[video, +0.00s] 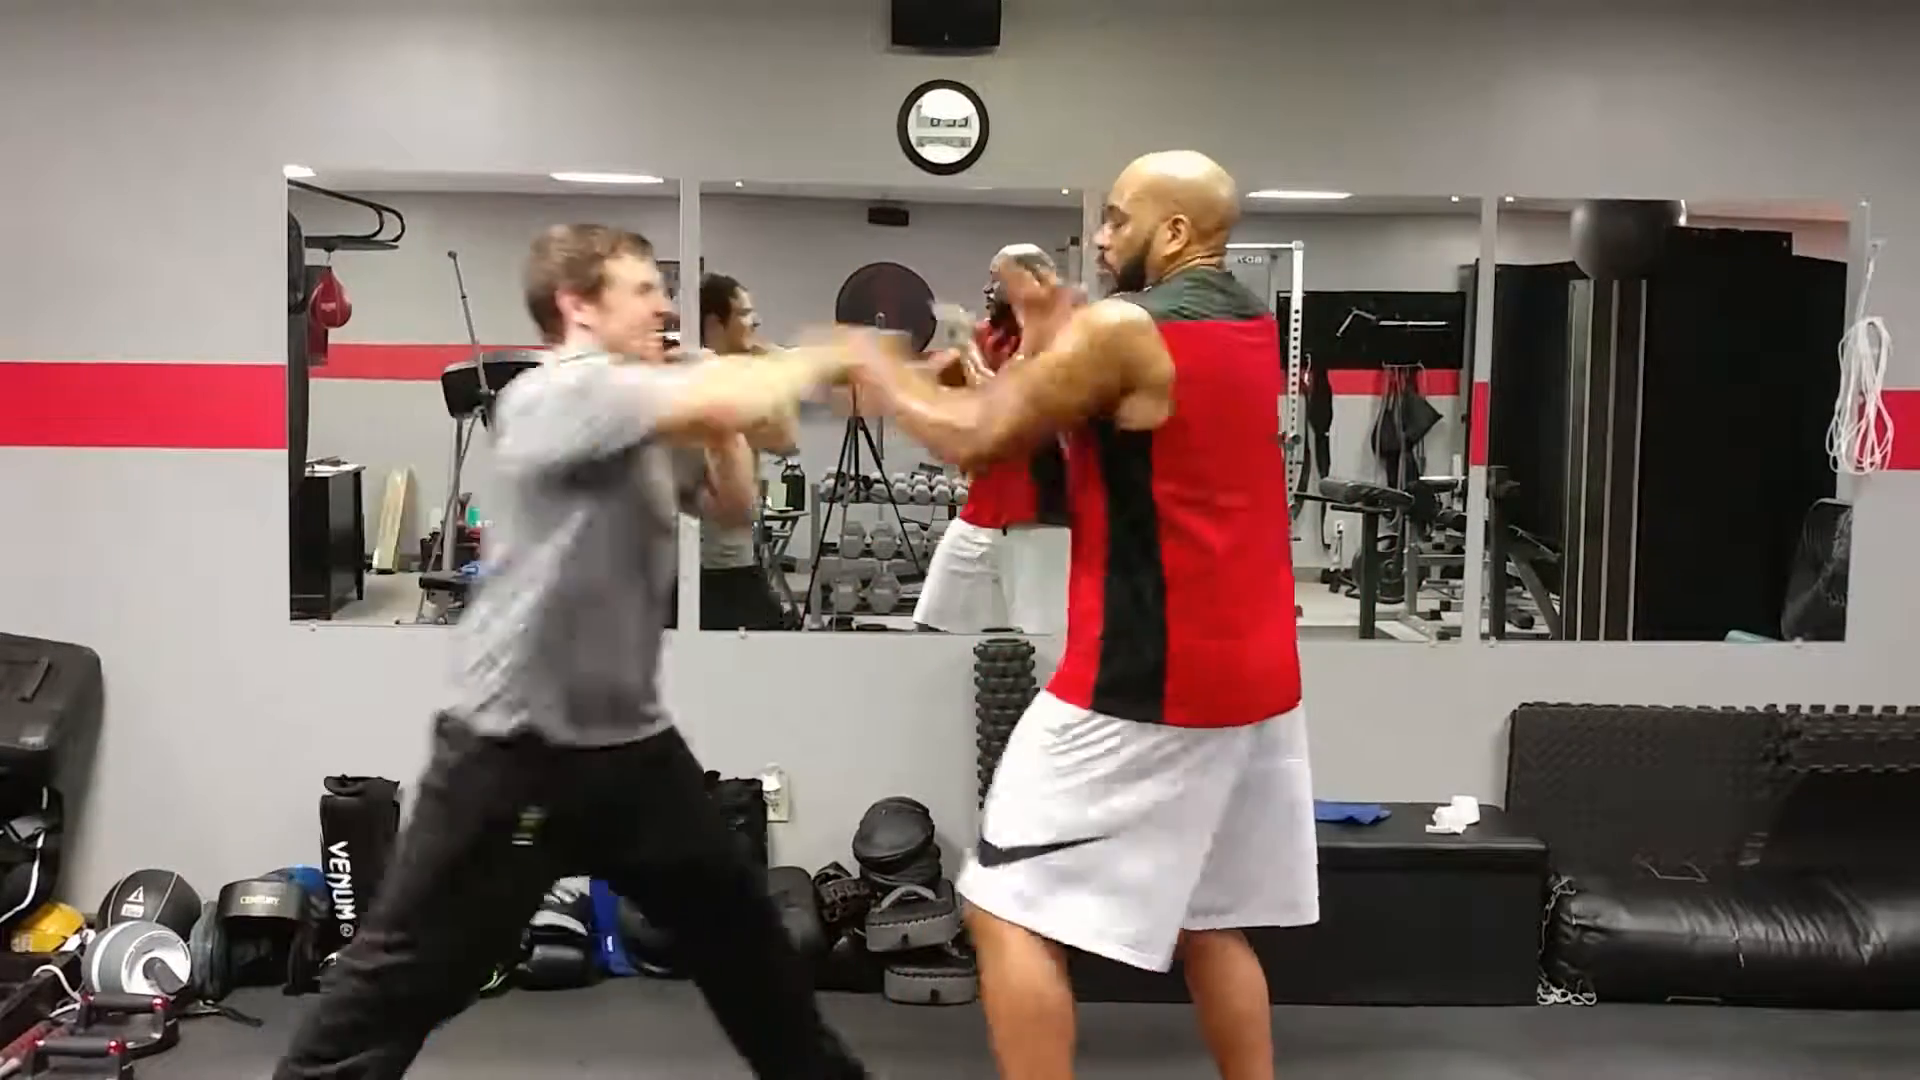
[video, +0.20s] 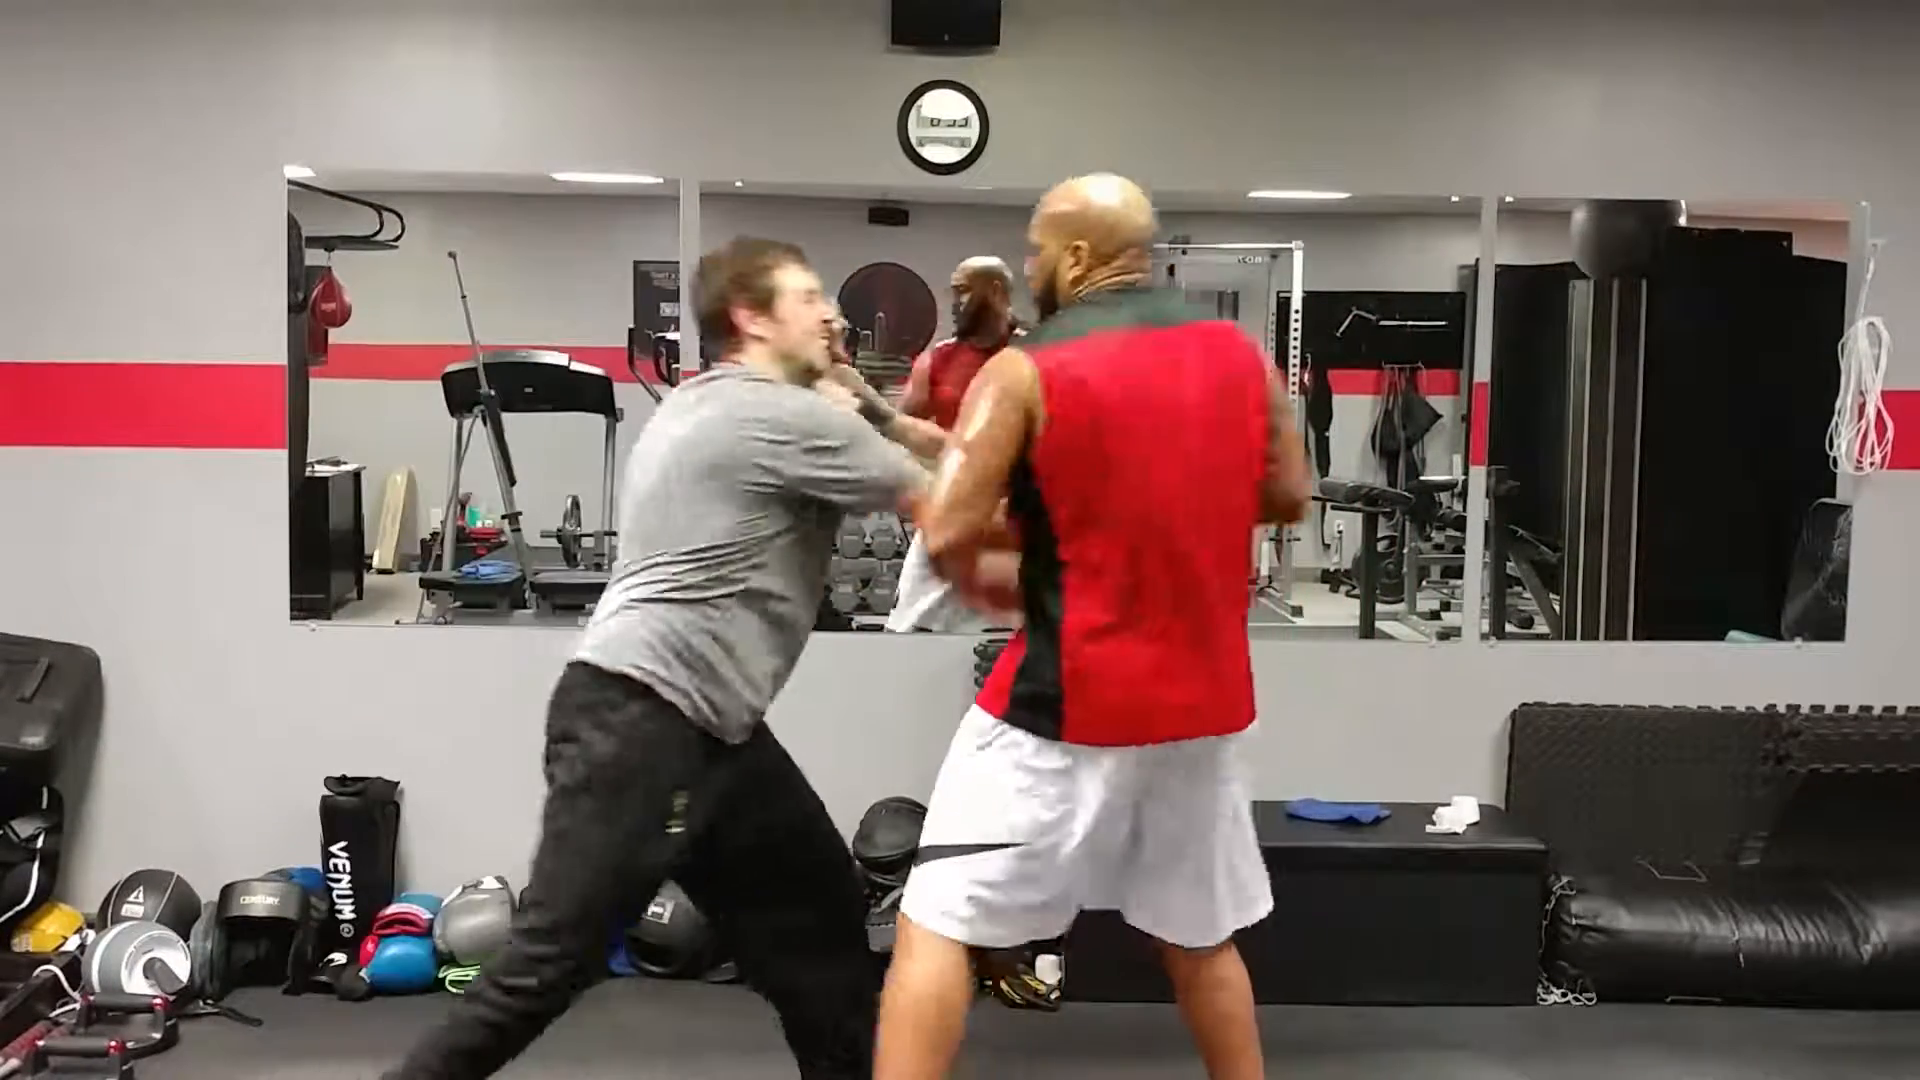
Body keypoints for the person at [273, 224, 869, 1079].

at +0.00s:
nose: (665, 306)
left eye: (662, 289)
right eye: (644, 290)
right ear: (576, 308)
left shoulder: (640, 401)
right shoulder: (549, 397)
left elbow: (732, 509)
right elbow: (722, 393)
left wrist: (729, 405)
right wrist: (824, 359)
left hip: (629, 745)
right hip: (508, 749)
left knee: (744, 944)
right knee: (398, 978)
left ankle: (818, 1075)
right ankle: (310, 1079)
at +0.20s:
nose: (832, 314)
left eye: (826, 297)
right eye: (811, 298)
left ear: (751, 325)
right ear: (750, 319)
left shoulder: (687, 411)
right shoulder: (780, 415)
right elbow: (938, 495)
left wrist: (869, 415)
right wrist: (882, 419)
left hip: (712, 728)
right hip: (636, 713)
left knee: (827, 943)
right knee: (544, 967)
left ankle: (849, 1068)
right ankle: (409, 1074)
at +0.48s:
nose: (886, 340)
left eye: (885, 321)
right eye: (870, 319)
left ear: (806, 322)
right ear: (809, 317)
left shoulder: (767, 402)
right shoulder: (773, 401)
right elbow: (920, 480)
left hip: (710, 694)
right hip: (650, 677)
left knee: (807, 914)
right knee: (652, 951)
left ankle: (830, 1068)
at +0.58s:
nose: (854, 330)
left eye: (853, 314)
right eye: (837, 311)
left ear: (773, 314)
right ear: (774, 309)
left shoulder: (724, 392)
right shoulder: (762, 402)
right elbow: (903, 492)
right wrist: (871, 399)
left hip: (690, 695)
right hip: (643, 691)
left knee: (801, 915)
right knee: (633, 950)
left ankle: (831, 1067)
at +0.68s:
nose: (828, 324)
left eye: (830, 306)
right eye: (810, 302)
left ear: (739, 304)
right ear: (743, 298)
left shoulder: (685, 385)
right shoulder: (719, 395)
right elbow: (885, 460)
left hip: (687, 708)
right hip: (621, 706)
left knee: (788, 917)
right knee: (599, 952)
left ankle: (822, 1065)